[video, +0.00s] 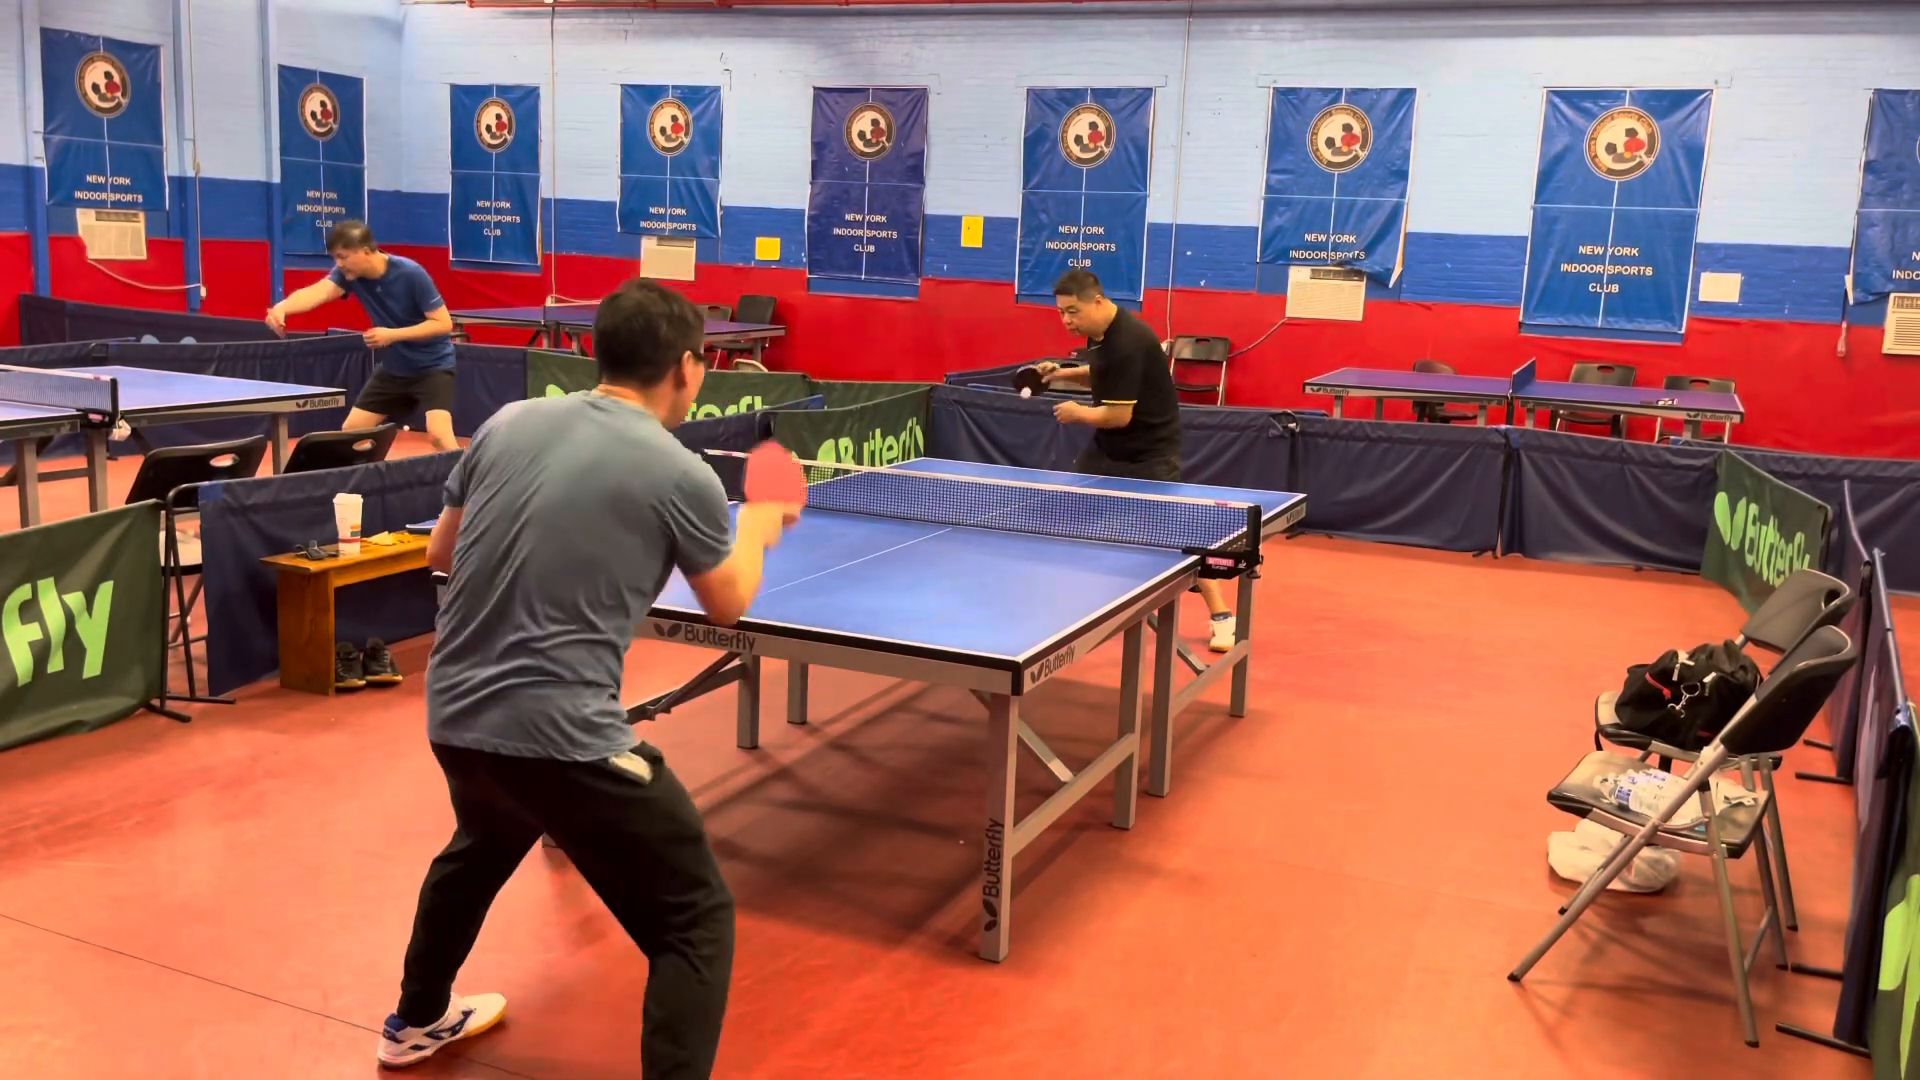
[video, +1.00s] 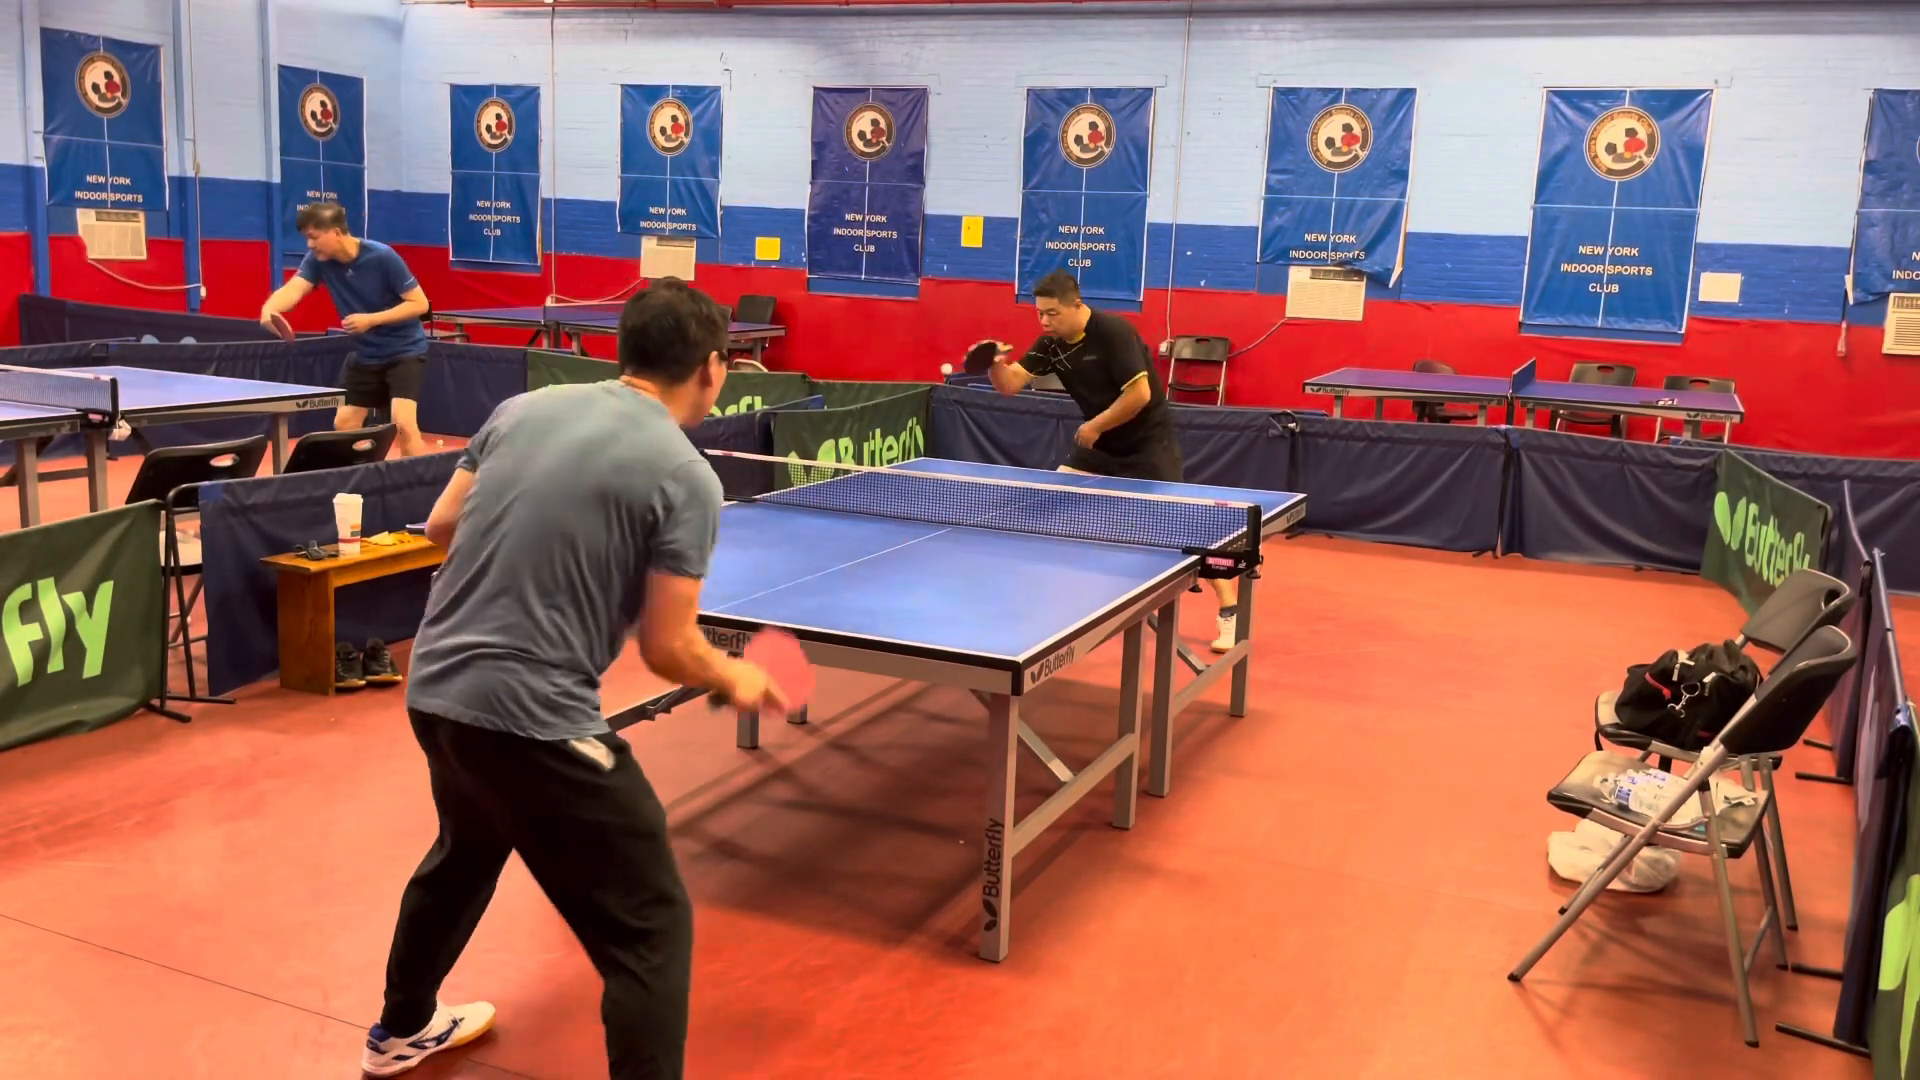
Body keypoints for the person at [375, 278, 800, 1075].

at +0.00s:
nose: (700, 377)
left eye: (701, 363)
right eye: (700, 362)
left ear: (604, 357)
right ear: (681, 367)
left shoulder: (508, 422)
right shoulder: (678, 471)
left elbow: (441, 554)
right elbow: (728, 600)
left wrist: (534, 538)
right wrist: (764, 518)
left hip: (457, 722)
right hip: (567, 737)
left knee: (487, 839)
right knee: (695, 918)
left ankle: (417, 1018)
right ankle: (675, 1073)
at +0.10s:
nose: (728, 373)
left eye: (726, 357)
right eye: (726, 357)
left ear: (626, 351)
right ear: (706, 363)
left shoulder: (530, 411)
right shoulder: (684, 470)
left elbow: (462, 529)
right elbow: (677, 640)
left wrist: (561, 565)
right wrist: (743, 643)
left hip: (452, 700)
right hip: (554, 722)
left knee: (479, 842)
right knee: (669, 916)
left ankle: (415, 1019)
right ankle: (665, 1073)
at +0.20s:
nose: (742, 382)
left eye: (745, 367)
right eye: (743, 367)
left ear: (646, 355)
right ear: (723, 370)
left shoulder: (556, 410)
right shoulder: (667, 466)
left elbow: (526, 553)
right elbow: (613, 635)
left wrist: (629, 624)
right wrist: (692, 743)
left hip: (448, 683)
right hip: (528, 710)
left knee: (472, 852)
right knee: (639, 916)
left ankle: (400, 1023)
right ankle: (650, 1068)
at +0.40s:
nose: (730, 409)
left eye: (733, 391)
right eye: (728, 391)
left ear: (644, 377)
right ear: (693, 390)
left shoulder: (571, 430)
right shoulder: (609, 474)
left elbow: (544, 572)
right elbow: (551, 635)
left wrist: (652, 612)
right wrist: (657, 723)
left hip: (455, 704)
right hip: (515, 721)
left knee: (514, 847)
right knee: (651, 912)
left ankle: (401, 1025)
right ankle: (655, 1070)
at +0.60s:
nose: (692, 330)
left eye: (692, 313)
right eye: (688, 312)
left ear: (589, 309)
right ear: (655, 314)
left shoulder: (501, 374)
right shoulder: (641, 418)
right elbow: (734, 524)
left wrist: (596, 547)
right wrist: (799, 463)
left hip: (434, 669)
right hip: (522, 690)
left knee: (455, 853)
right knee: (605, 911)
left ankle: (400, 1023)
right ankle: (639, 1069)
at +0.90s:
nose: (698, 380)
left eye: (699, 366)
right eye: (698, 365)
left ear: (600, 358)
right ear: (683, 368)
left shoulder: (503, 418)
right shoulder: (679, 474)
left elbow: (428, 541)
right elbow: (716, 615)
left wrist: (496, 591)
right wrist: (756, 552)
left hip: (448, 715)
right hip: (560, 734)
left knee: (474, 844)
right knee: (677, 923)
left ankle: (404, 1025)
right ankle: (657, 1071)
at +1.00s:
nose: (723, 381)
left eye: (722, 365)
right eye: (722, 366)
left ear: (626, 357)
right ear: (705, 368)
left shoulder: (521, 410)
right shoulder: (683, 475)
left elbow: (443, 523)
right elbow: (664, 644)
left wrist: (536, 559)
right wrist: (732, 677)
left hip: (437, 695)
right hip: (540, 718)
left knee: (468, 845)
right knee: (650, 927)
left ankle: (402, 1026)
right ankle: (646, 1072)